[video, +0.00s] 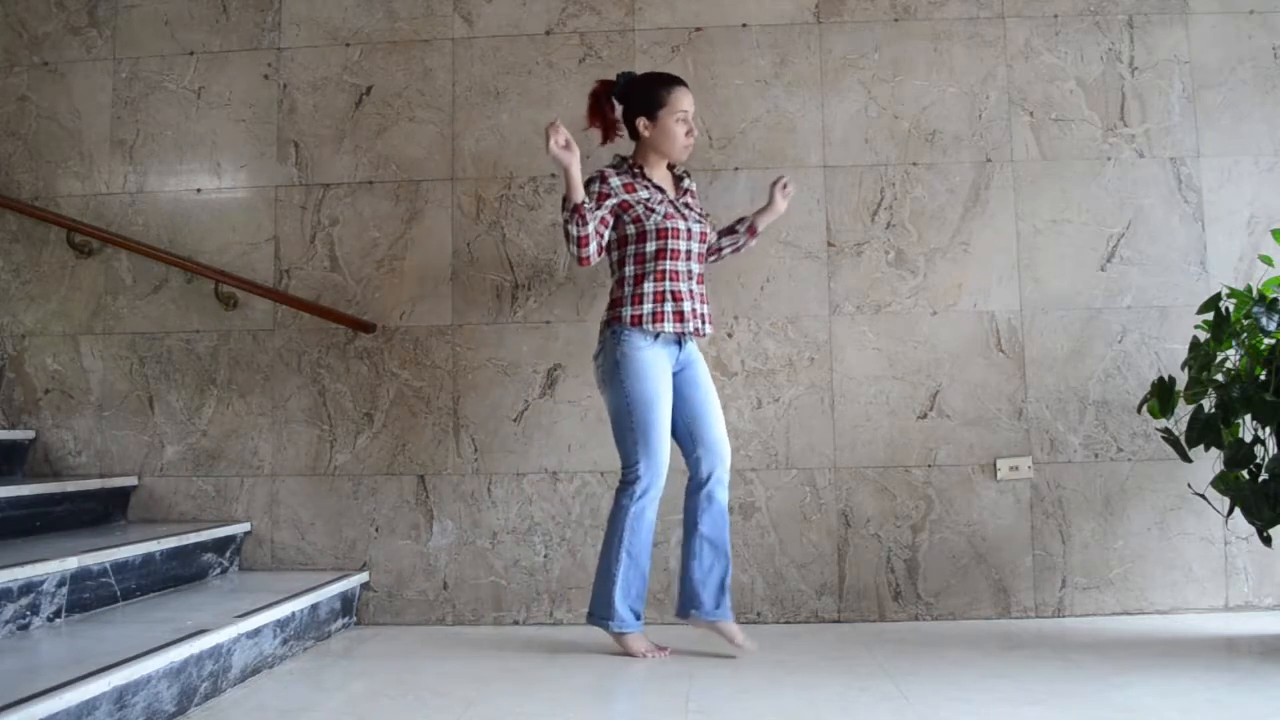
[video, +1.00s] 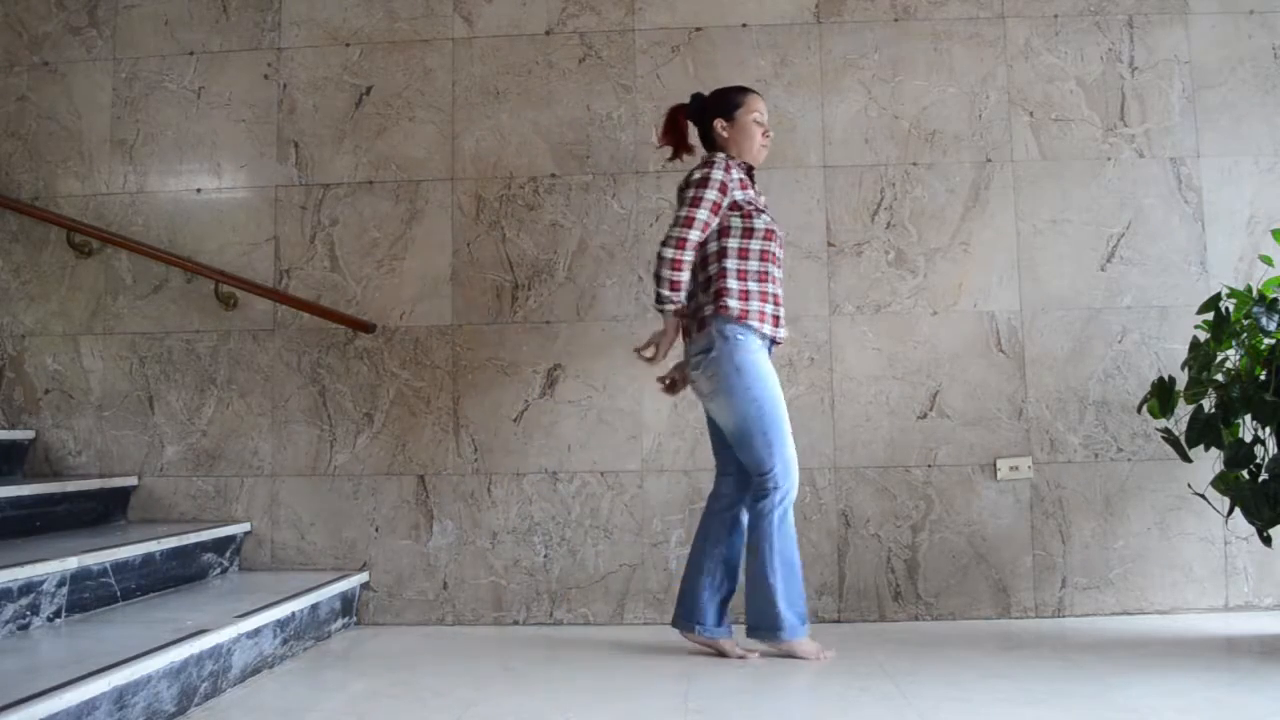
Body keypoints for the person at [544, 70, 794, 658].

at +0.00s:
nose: (693, 130)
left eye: (694, 121)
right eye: (682, 120)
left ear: (678, 129)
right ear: (643, 126)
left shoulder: (685, 193)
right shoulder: (615, 183)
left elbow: (705, 253)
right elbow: (585, 251)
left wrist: (766, 215)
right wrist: (573, 175)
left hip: (684, 345)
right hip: (636, 343)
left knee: (714, 461)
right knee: (646, 471)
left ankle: (707, 603)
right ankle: (620, 619)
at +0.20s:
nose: (699, 132)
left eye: (700, 122)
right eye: (688, 122)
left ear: (686, 129)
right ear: (651, 129)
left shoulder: (696, 197)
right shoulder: (622, 190)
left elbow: (738, 238)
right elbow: (598, 252)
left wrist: (800, 234)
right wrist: (578, 199)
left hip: (692, 351)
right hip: (642, 348)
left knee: (719, 472)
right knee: (647, 476)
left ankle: (721, 611)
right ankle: (618, 618)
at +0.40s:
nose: (710, 142)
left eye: (710, 132)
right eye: (699, 132)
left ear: (690, 142)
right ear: (663, 141)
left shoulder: (713, 211)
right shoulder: (636, 201)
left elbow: (752, 271)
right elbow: (613, 267)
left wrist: (798, 322)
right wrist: (609, 337)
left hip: (714, 361)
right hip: (664, 358)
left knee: (725, 488)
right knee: (656, 487)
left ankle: (702, 626)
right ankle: (615, 621)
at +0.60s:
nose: (740, 124)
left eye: (737, 115)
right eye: (729, 114)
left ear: (710, 129)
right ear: (693, 126)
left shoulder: (722, 195)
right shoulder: (670, 183)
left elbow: (720, 277)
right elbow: (643, 266)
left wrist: (735, 343)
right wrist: (631, 355)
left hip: (732, 352)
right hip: (685, 349)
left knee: (737, 487)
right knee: (708, 483)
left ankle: (704, 618)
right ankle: (636, 609)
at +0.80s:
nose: (759, 129)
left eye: (758, 120)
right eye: (748, 119)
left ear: (722, 131)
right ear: (712, 128)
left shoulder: (730, 190)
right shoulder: (698, 178)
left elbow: (705, 273)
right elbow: (649, 258)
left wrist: (670, 330)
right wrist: (657, 313)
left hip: (726, 350)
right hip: (707, 347)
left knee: (731, 480)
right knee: (772, 468)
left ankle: (699, 614)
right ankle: (722, 616)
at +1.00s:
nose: (767, 133)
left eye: (767, 125)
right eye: (757, 123)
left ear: (732, 131)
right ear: (722, 128)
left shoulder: (738, 184)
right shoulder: (718, 172)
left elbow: (717, 278)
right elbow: (681, 247)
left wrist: (692, 355)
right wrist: (670, 318)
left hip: (730, 342)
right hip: (731, 342)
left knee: (734, 487)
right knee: (776, 479)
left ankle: (703, 620)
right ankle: (781, 628)